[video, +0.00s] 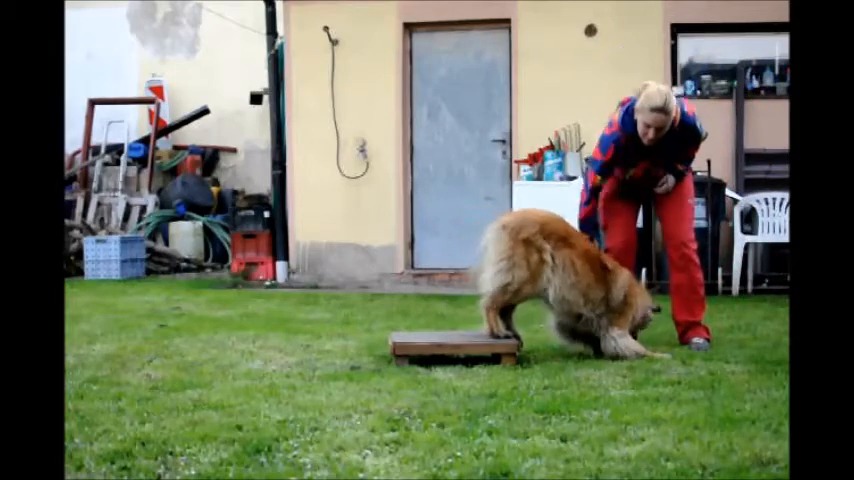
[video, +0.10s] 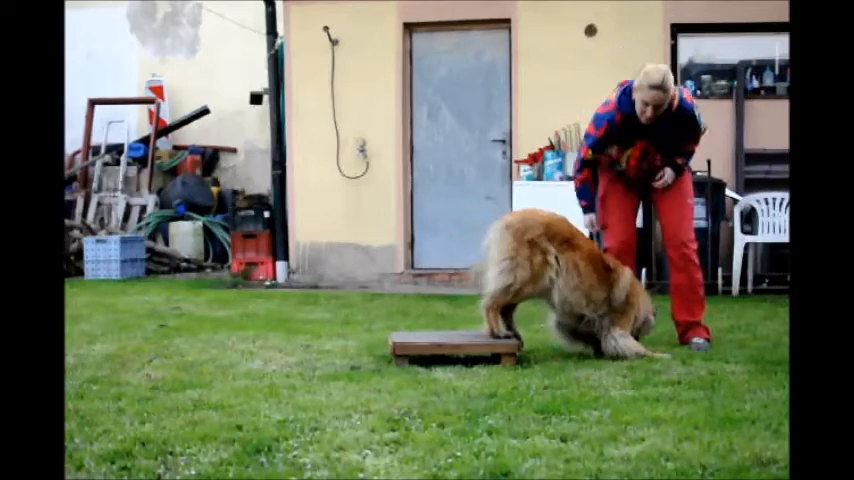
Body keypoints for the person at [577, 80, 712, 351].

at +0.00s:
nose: (650, 135)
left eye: (658, 129)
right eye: (645, 126)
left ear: (673, 118)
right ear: (636, 115)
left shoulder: (689, 126)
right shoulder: (618, 128)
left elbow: (688, 153)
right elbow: (593, 181)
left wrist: (675, 174)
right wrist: (589, 240)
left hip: (669, 177)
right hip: (623, 177)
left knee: (682, 245)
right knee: (618, 246)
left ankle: (693, 330)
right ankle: (619, 328)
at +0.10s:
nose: (649, 112)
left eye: (657, 106)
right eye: (644, 104)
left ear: (671, 98)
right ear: (634, 94)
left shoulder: (684, 110)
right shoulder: (613, 111)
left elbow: (692, 139)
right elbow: (583, 160)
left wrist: (674, 167)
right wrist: (588, 210)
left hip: (667, 170)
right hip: (618, 171)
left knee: (682, 244)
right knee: (618, 246)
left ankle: (693, 329)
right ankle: (619, 329)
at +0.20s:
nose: (645, 79)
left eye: (653, 73)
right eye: (640, 71)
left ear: (665, 68)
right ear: (630, 63)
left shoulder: (679, 89)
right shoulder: (606, 84)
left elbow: (692, 124)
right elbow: (578, 120)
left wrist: (674, 153)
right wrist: (585, 162)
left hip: (665, 166)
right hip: (615, 167)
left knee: (679, 244)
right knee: (615, 245)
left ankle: (692, 329)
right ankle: (614, 330)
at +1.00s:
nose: (670, 33)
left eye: (677, 29)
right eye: (666, 24)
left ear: (684, 29)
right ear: (652, 16)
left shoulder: (689, 58)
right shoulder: (620, 50)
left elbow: (702, 103)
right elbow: (594, 92)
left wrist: (690, 126)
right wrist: (581, 131)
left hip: (676, 157)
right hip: (626, 156)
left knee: (684, 244)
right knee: (625, 242)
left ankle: (692, 325)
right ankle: (621, 325)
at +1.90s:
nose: (691, 39)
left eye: (699, 35)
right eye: (688, 30)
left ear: (705, 35)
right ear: (674, 17)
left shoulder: (704, 64)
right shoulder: (637, 49)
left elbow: (710, 112)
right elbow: (602, 89)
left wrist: (718, 142)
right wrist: (570, 127)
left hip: (684, 157)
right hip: (634, 154)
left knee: (686, 244)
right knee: (626, 239)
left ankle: (692, 325)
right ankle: (620, 321)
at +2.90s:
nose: (702, 82)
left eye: (705, 76)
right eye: (698, 74)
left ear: (706, 72)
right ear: (676, 66)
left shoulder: (700, 100)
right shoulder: (639, 86)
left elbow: (702, 147)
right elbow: (603, 126)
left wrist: (713, 191)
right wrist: (572, 171)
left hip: (669, 168)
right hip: (622, 165)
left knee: (686, 243)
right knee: (617, 242)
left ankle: (692, 325)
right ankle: (602, 321)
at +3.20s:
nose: (703, 134)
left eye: (707, 129)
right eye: (700, 128)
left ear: (710, 121)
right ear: (682, 116)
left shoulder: (697, 138)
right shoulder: (646, 111)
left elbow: (693, 178)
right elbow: (602, 141)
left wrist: (699, 221)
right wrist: (572, 184)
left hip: (658, 177)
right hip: (613, 171)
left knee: (675, 244)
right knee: (606, 243)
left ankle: (687, 323)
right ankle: (600, 321)